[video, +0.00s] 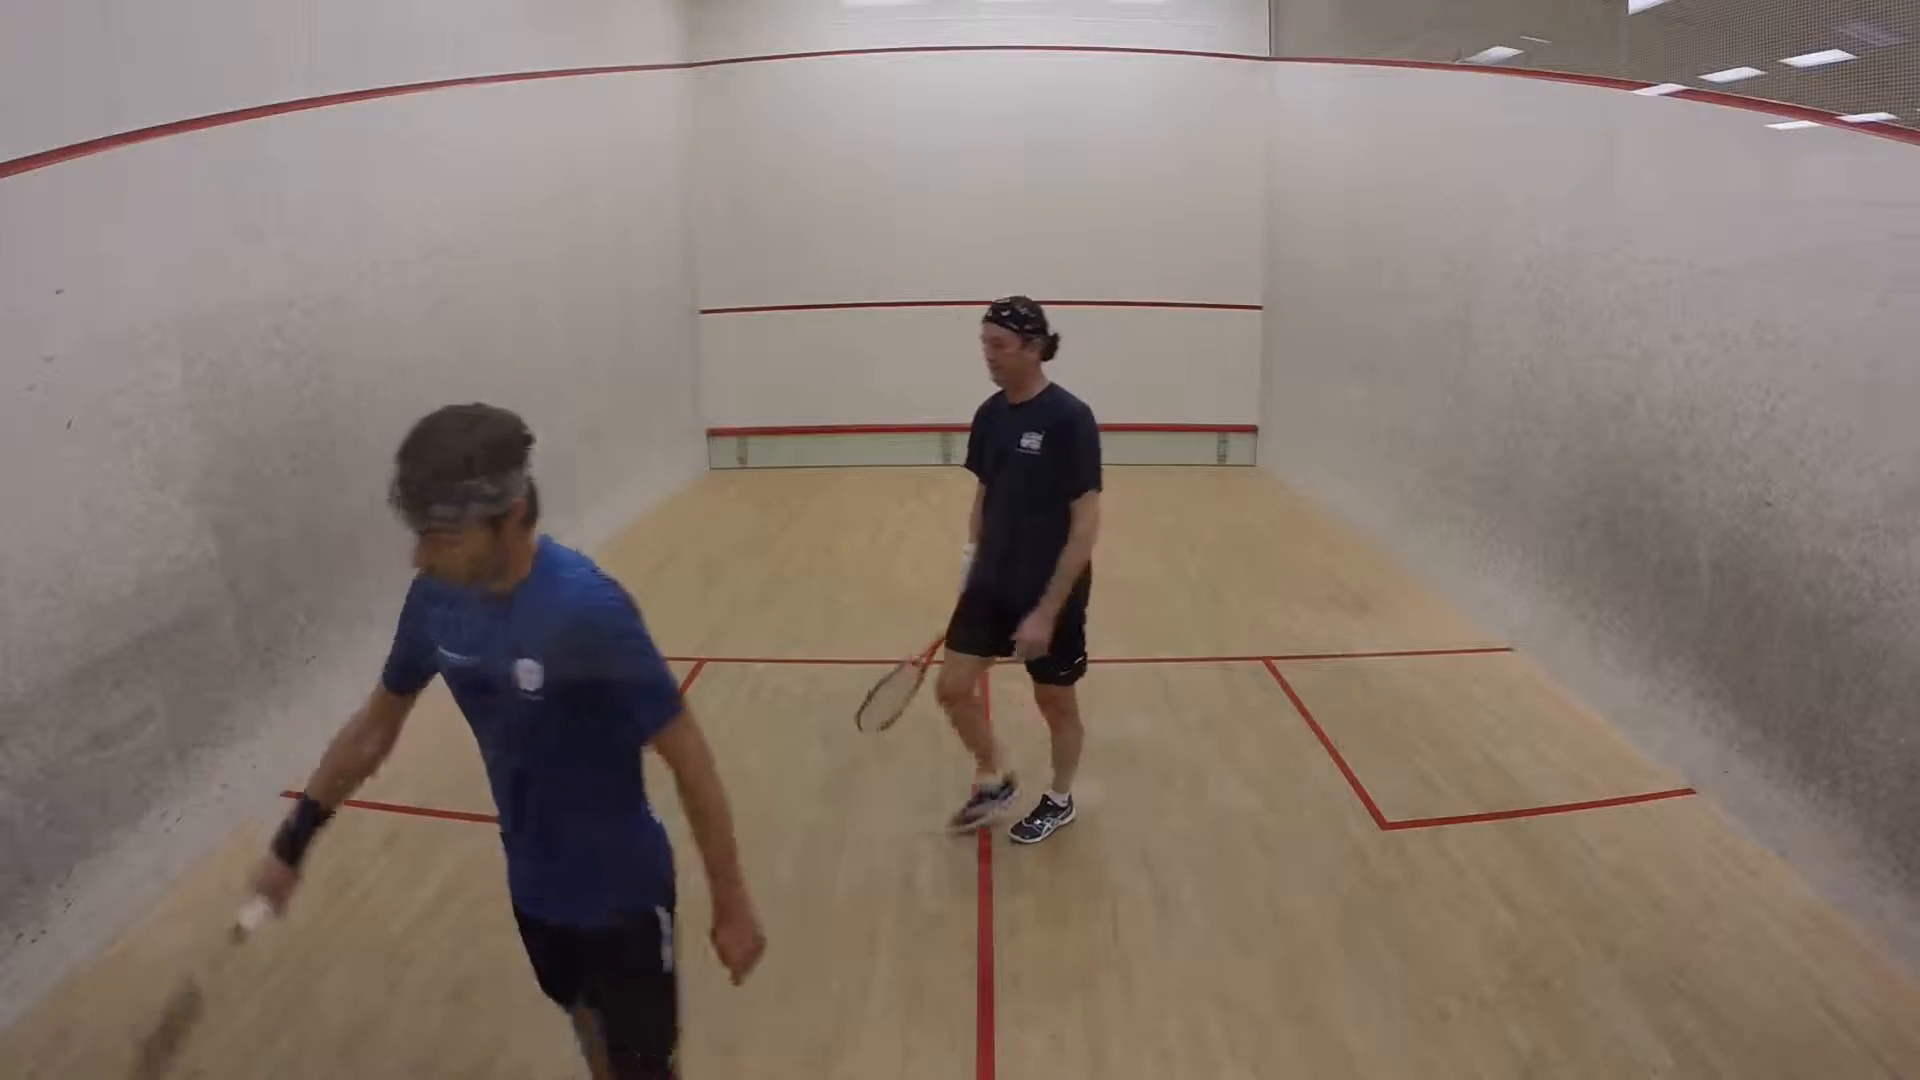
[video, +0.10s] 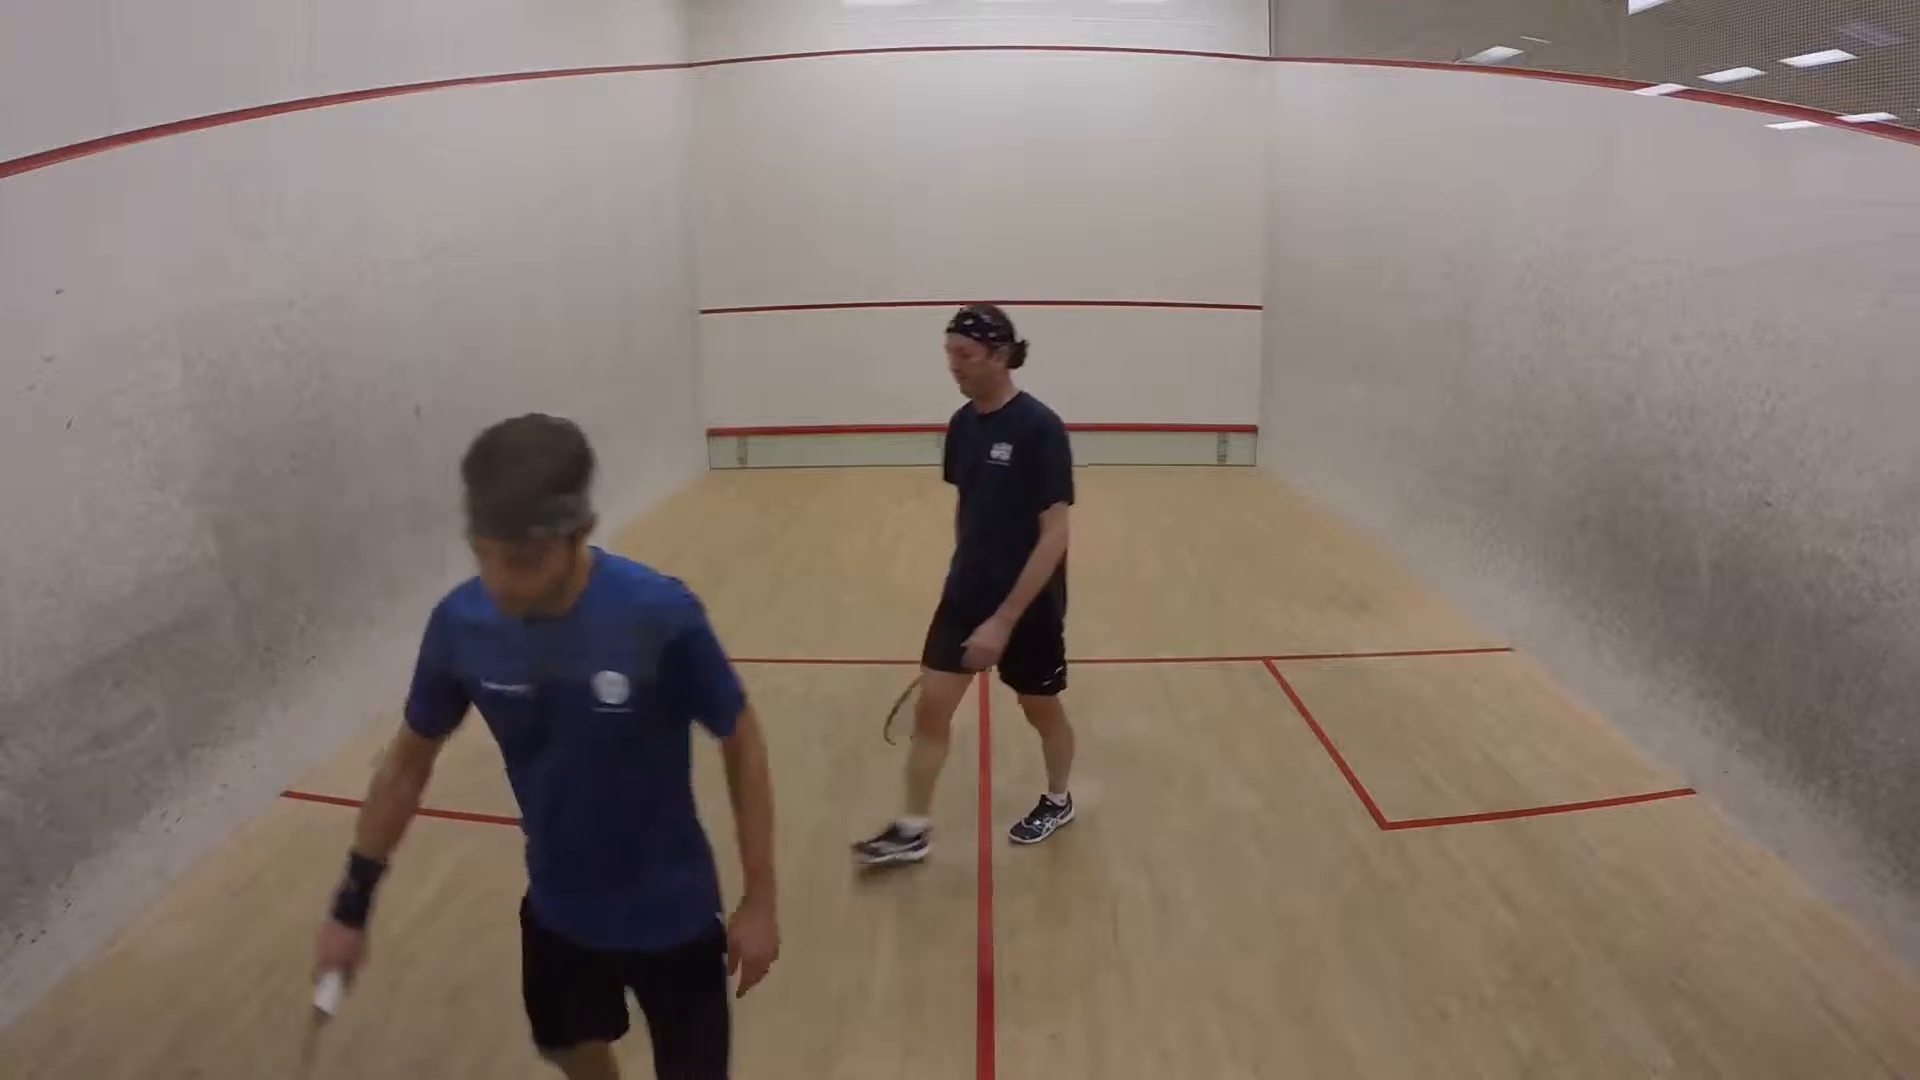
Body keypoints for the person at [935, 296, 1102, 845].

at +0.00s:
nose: (988, 356)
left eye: (998, 346)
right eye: (985, 345)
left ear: (1034, 348)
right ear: (991, 348)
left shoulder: (1072, 420)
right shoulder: (990, 414)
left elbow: (1086, 529)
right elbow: (984, 494)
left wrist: (1046, 611)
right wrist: (972, 561)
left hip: (1053, 584)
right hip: (994, 574)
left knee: (1056, 701)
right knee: (954, 688)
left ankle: (1060, 798)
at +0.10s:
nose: (952, 365)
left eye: (963, 356)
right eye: (949, 355)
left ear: (1001, 356)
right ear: (953, 357)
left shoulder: (1041, 429)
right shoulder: (964, 424)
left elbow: (1055, 538)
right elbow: (966, 514)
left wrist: (1002, 620)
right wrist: (959, 591)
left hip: (1028, 594)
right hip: (968, 586)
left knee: (1042, 708)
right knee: (932, 705)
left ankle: (1058, 799)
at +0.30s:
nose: (869, 381)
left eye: (880, 369)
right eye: (867, 369)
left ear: (920, 369)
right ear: (887, 373)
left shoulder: (962, 442)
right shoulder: (895, 437)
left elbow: (993, 552)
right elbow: (903, 532)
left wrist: (951, 649)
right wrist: (887, 606)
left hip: (958, 617)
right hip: (897, 607)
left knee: (981, 737)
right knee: (865, 731)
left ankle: (1043, 790)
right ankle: (866, 854)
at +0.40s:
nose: (828, 380)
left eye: (837, 369)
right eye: (825, 368)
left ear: (877, 367)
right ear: (859, 369)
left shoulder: (927, 439)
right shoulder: (859, 438)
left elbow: (972, 542)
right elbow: (864, 529)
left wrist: (941, 644)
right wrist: (850, 605)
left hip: (919, 626)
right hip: (860, 613)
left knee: (921, 767)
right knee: (846, 744)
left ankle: (1001, 789)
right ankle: (869, 857)